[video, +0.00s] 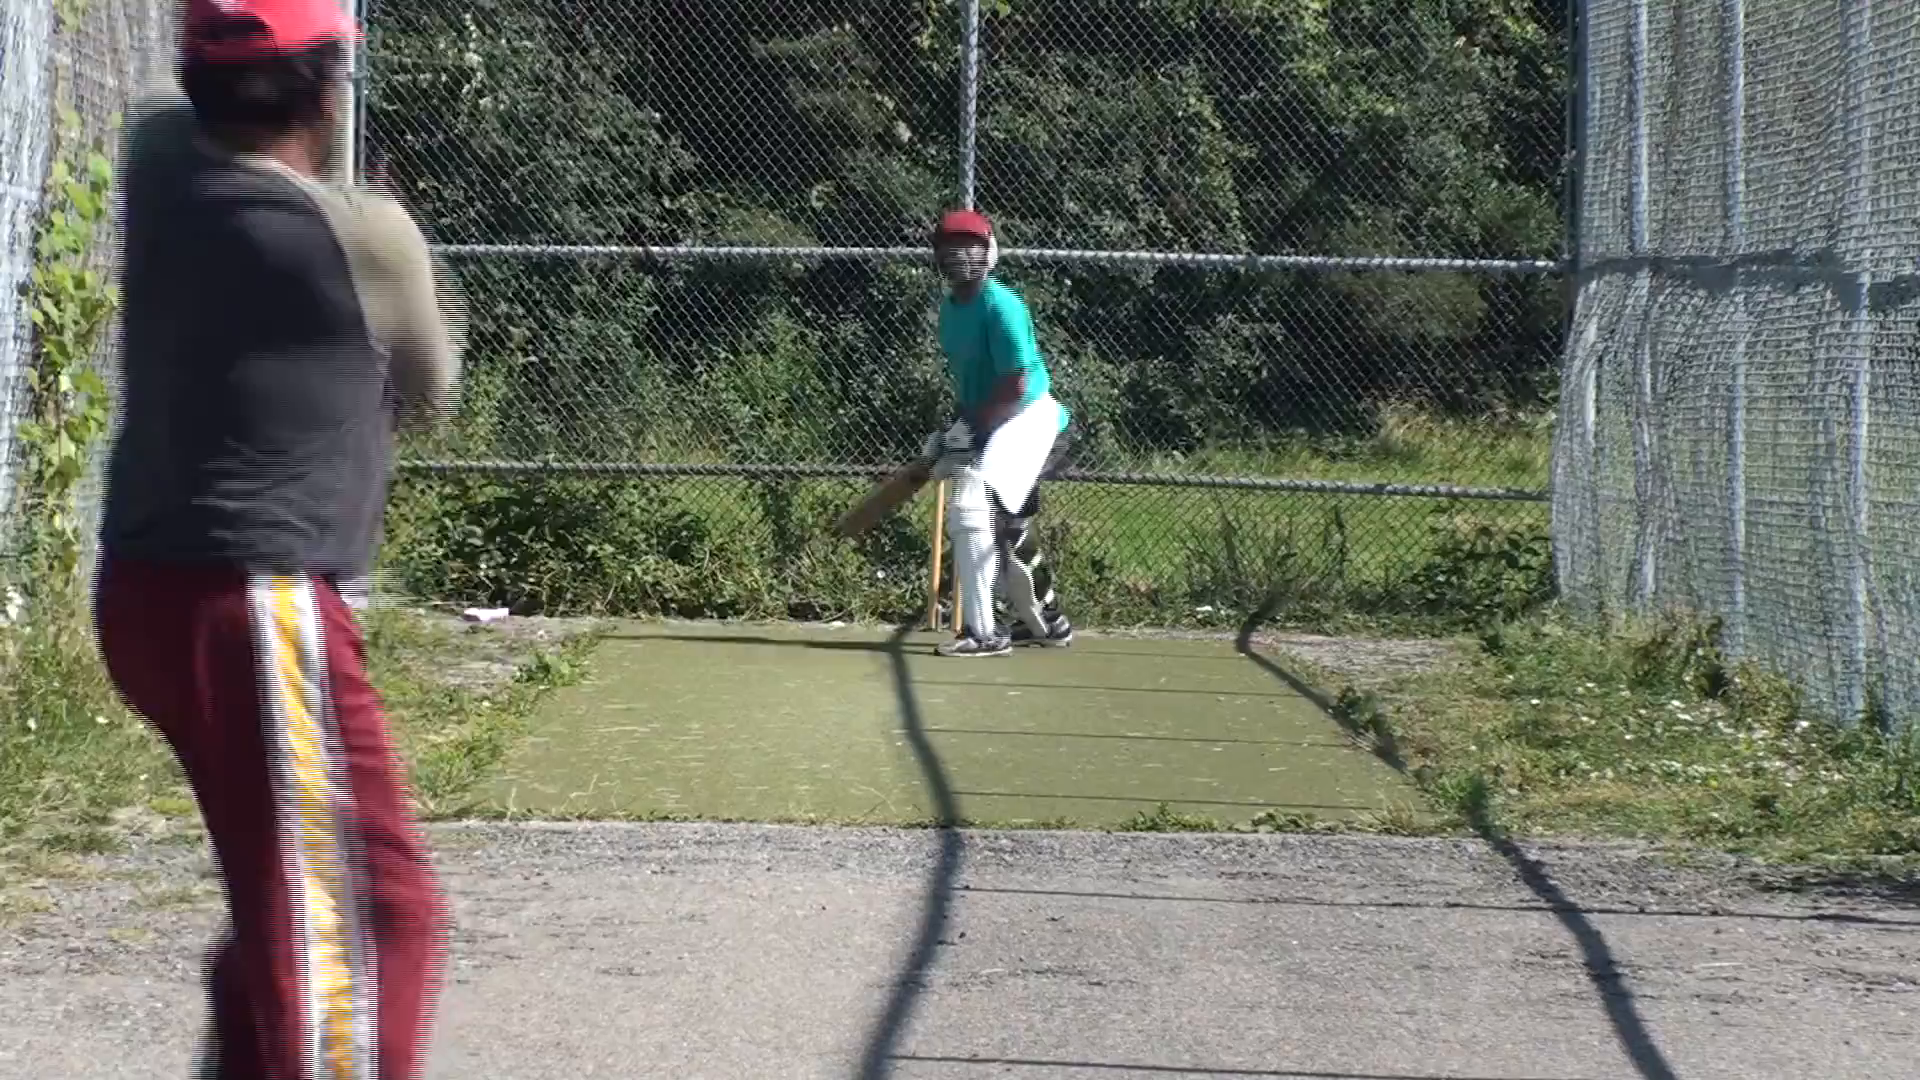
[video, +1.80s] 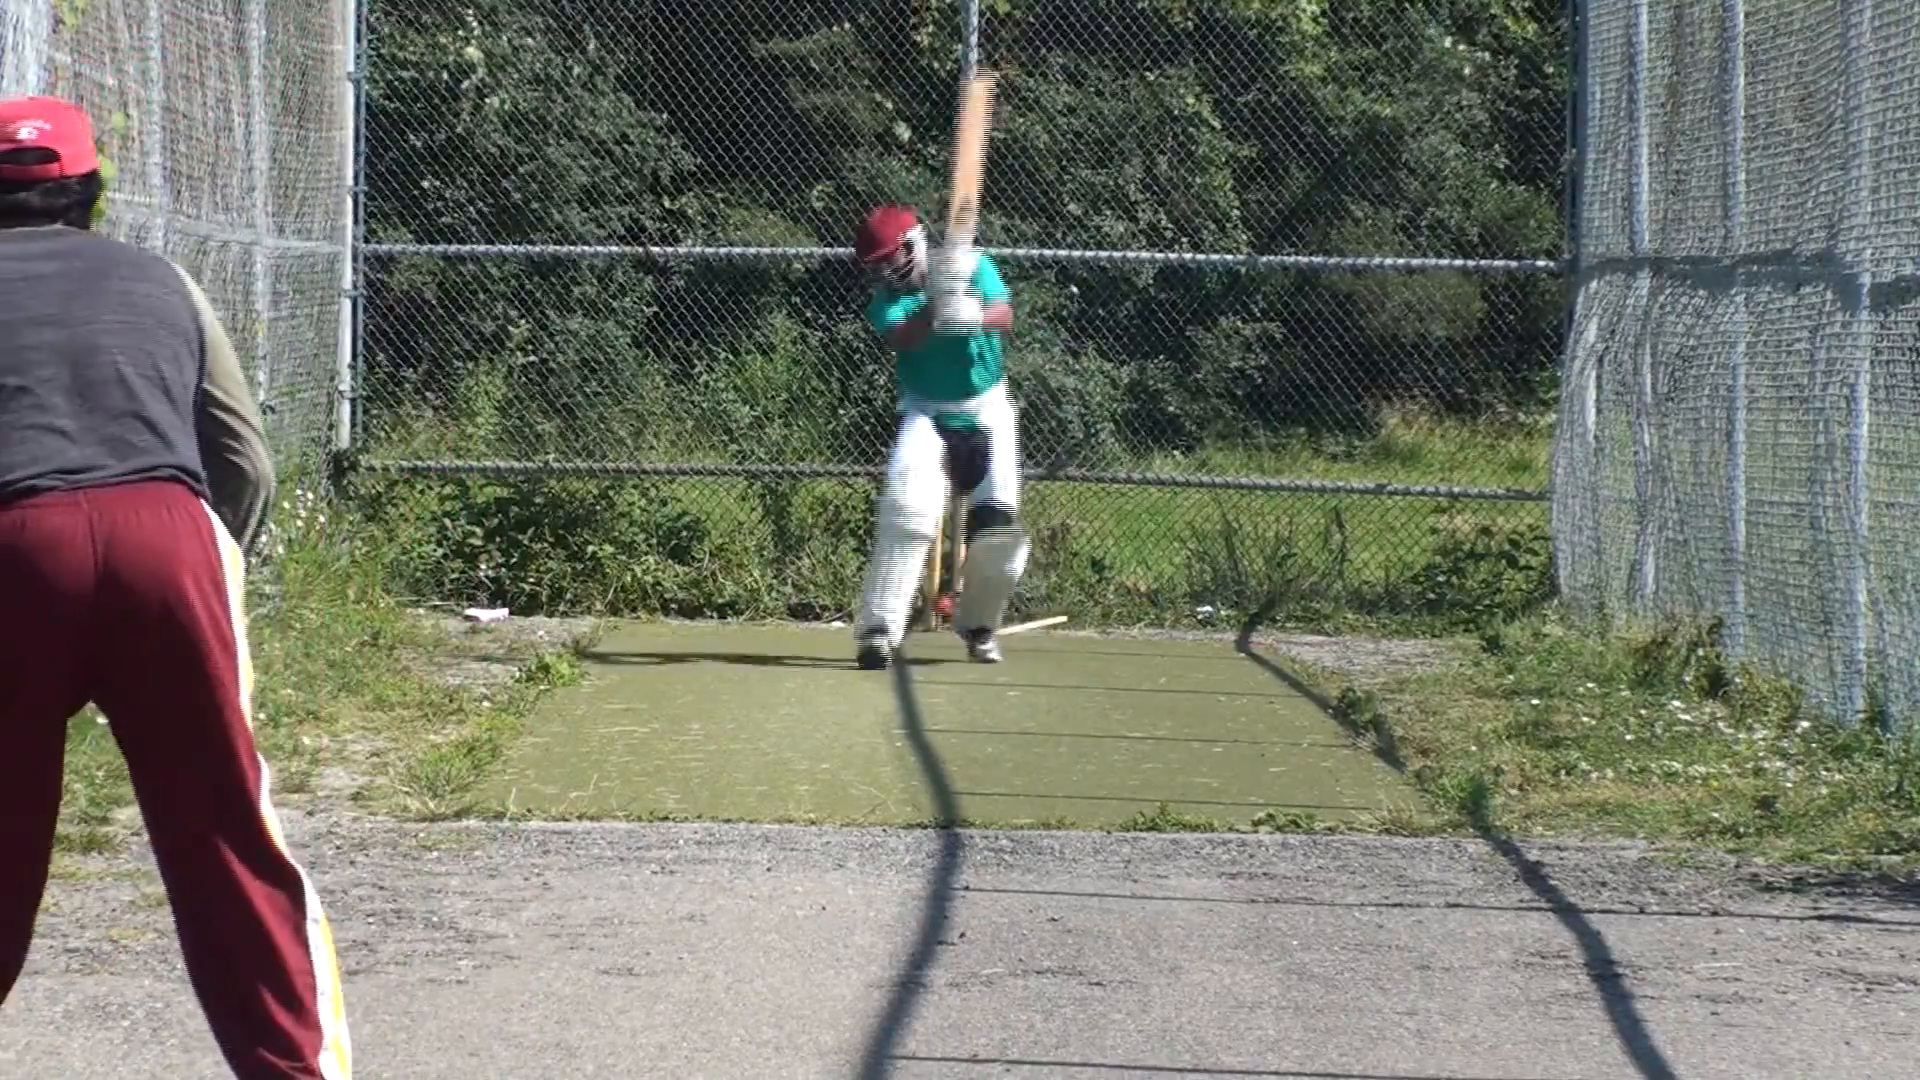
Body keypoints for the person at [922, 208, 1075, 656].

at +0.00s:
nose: (967, 257)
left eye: (976, 247)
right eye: (955, 249)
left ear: (990, 254)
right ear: (939, 258)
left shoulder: (1001, 305)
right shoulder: (950, 308)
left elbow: (1015, 386)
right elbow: (969, 378)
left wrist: (973, 429)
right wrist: (959, 430)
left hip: (1027, 414)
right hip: (990, 417)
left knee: (970, 502)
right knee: (996, 521)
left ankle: (983, 632)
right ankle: (1044, 620)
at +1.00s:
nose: (950, 248)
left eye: (961, 238)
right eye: (941, 239)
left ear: (977, 244)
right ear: (928, 248)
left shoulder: (981, 298)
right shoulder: (951, 289)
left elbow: (973, 380)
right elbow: (964, 362)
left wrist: (933, 384)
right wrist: (935, 377)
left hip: (1039, 391)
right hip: (1011, 392)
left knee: (997, 501)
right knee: (989, 499)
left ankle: (1017, 626)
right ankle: (1016, 616)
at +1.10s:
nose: (952, 257)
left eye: (962, 247)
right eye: (942, 248)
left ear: (978, 252)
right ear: (928, 256)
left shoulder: (977, 307)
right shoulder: (956, 290)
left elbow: (961, 374)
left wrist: (935, 364)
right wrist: (944, 352)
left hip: (1041, 394)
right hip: (1012, 396)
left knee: (984, 498)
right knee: (988, 502)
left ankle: (1023, 627)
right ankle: (1019, 615)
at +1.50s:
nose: (913, 274)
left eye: (918, 260)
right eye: (903, 269)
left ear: (939, 243)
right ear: (898, 272)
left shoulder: (979, 257)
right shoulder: (916, 319)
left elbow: (980, 310)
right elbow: (935, 380)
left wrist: (961, 355)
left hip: (1036, 392)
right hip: (983, 410)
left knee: (1021, 509)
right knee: (982, 508)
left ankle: (1011, 632)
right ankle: (1037, 593)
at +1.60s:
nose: (912, 261)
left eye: (913, 247)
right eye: (899, 259)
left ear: (926, 236)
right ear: (892, 269)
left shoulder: (971, 247)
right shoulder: (909, 307)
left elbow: (1004, 276)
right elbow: (938, 322)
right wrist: (954, 292)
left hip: (1023, 391)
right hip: (970, 407)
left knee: (1020, 516)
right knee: (970, 516)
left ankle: (1012, 632)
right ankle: (1025, 593)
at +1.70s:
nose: (900, 263)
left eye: (905, 248)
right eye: (888, 260)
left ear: (925, 234)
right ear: (879, 266)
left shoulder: (972, 250)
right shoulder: (892, 296)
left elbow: (1007, 280)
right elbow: (917, 308)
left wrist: (976, 267)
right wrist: (950, 251)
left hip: (1007, 393)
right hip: (946, 403)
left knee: (1016, 508)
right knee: (944, 506)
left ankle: (1002, 628)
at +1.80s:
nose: (889, 273)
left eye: (895, 260)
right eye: (878, 268)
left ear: (919, 244)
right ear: (871, 268)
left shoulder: (975, 267)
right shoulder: (886, 300)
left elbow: (1004, 315)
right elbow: (901, 338)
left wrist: (967, 312)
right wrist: (938, 297)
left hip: (987, 410)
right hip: (924, 415)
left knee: (999, 525)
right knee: (907, 513)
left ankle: (979, 625)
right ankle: (881, 628)